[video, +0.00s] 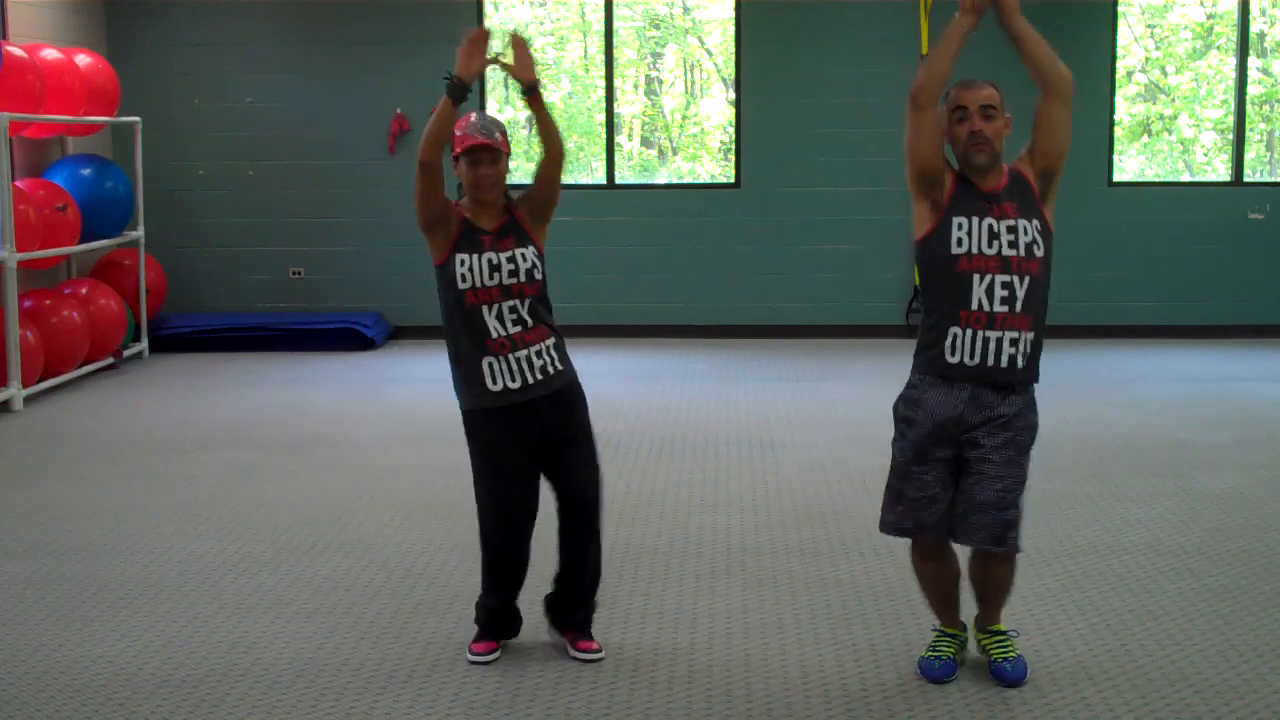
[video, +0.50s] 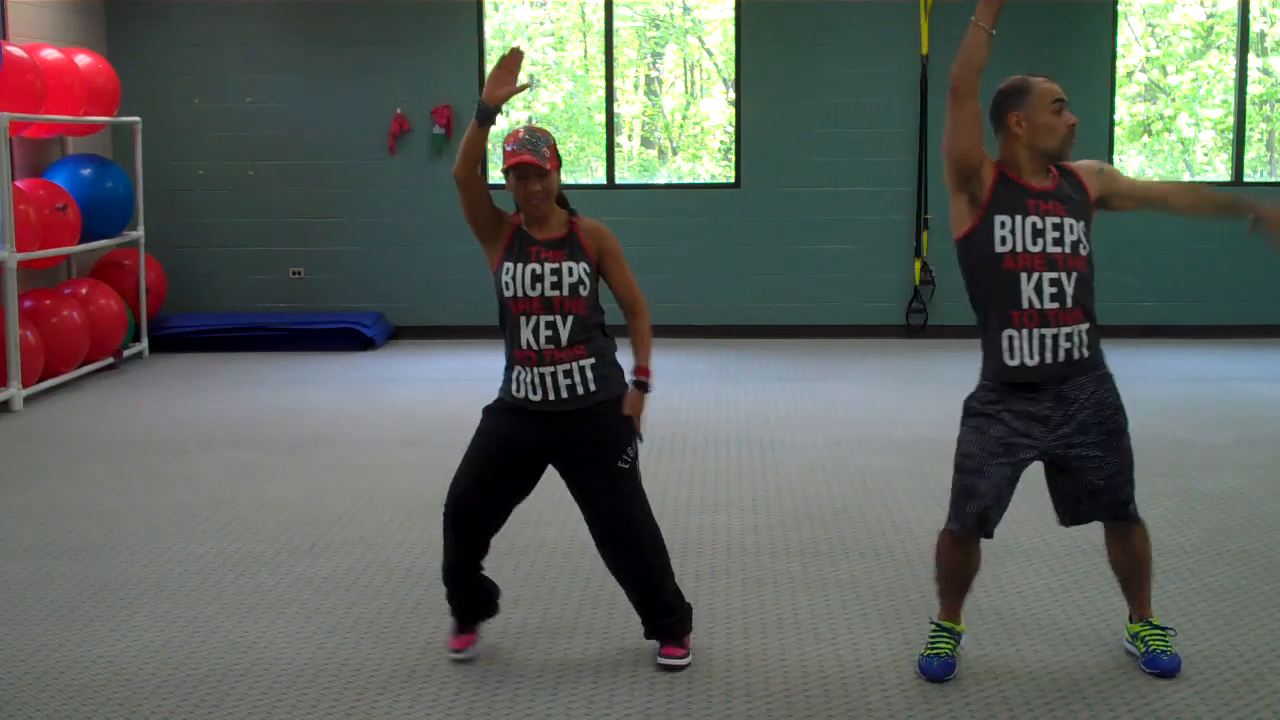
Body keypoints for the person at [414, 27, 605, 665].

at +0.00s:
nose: (484, 168)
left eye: (491, 158)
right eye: (474, 159)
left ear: (506, 165)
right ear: (459, 169)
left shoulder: (528, 219)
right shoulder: (445, 229)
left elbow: (553, 155)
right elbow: (426, 160)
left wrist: (532, 90)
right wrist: (459, 81)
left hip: (558, 394)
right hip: (492, 408)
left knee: (583, 510)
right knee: (503, 523)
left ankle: (573, 619)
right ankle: (494, 624)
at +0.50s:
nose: (527, 185)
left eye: (537, 173)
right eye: (518, 175)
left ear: (557, 176)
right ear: (506, 182)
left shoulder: (591, 237)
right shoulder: (500, 236)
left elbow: (636, 310)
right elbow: (467, 178)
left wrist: (640, 385)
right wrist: (487, 111)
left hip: (592, 408)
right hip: (519, 409)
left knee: (626, 526)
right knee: (463, 513)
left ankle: (670, 627)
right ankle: (467, 612)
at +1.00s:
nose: (464, 147)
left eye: (476, 140)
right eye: (454, 141)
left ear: (497, 153)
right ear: (444, 158)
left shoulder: (518, 212)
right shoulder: (434, 213)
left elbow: (522, 145)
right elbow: (402, 161)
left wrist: (492, 77)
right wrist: (440, 90)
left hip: (500, 392)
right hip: (432, 391)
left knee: (507, 511)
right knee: (429, 514)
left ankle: (495, 619)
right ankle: (436, 624)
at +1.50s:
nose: (434, 149)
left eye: (445, 140)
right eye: (424, 142)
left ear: (463, 155)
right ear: (411, 156)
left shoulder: (482, 210)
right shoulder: (393, 213)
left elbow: (478, 134)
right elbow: (304, 199)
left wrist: (437, 62)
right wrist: (240, 163)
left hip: (470, 397)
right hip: (398, 391)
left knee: (474, 521)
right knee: (339, 495)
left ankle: (472, 628)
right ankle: (350, 602)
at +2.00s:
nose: (408, 180)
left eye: (419, 169)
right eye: (399, 169)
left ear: (441, 174)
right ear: (389, 174)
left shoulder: (464, 230)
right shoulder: (370, 240)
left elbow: (470, 155)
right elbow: (362, 308)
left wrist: (437, 83)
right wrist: (376, 316)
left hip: (449, 411)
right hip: (379, 409)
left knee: (463, 526)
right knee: (336, 523)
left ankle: (514, 616)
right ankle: (293, 632)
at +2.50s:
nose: (478, 164)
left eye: (484, 154)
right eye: (467, 156)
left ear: (497, 161)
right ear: (449, 166)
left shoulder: (515, 211)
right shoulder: (435, 226)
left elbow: (535, 145)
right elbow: (421, 168)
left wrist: (505, 81)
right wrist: (449, 92)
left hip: (541, 385)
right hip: (478, 394)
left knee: (548, 508)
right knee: (485, 513)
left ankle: (535, 617)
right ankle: (479, 620)